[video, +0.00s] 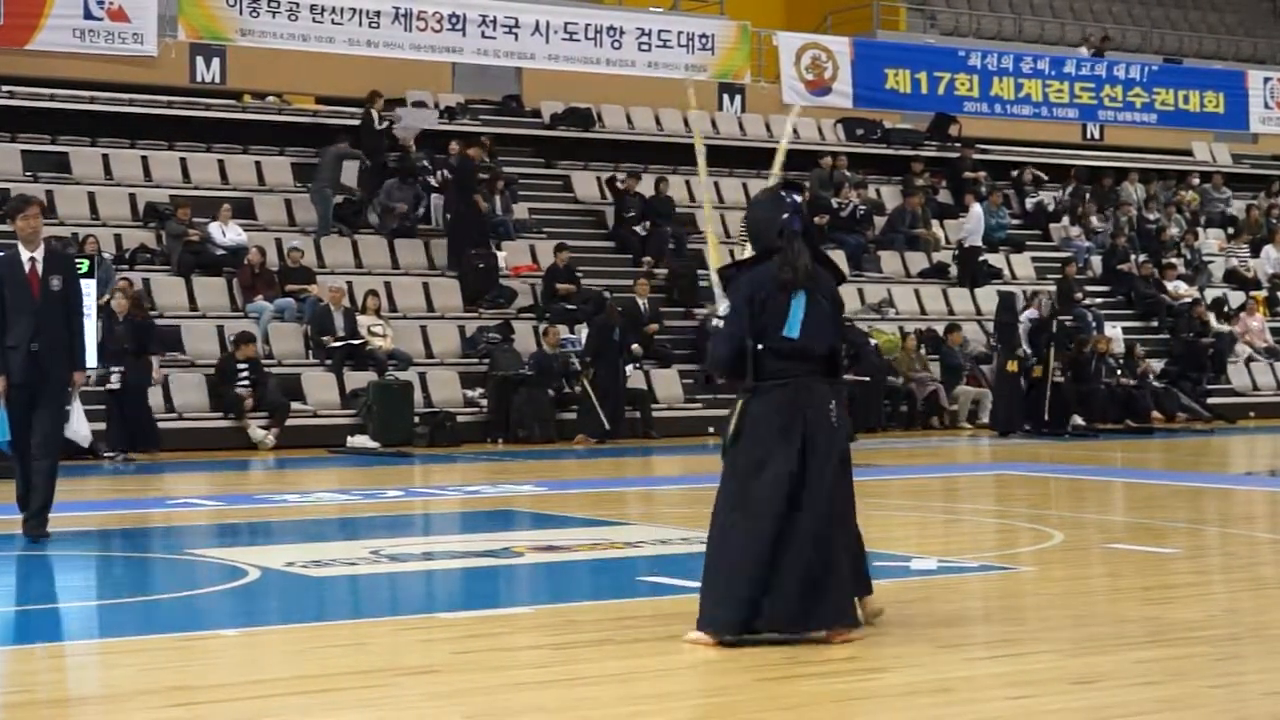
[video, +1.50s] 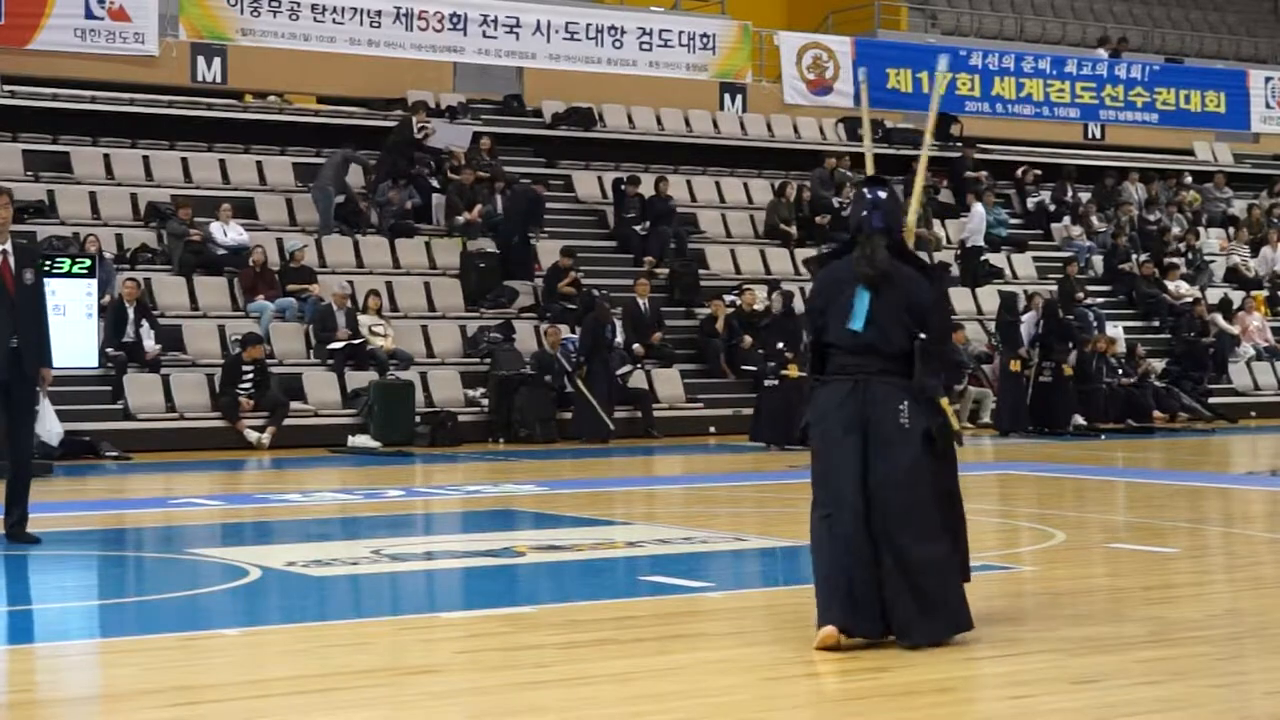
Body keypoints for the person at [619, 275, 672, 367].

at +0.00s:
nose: (643, 288)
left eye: (646, 285)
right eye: (640, 285)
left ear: (649, 288)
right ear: (634, 288)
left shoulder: (653, 304)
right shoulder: (628, 305)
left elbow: (661, 324)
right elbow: (626, 328)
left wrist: (656, 327)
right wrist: (633, 344)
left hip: (649, 344)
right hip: (632, 344)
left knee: (668, 356)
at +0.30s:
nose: (643, 288)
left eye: (646, 285)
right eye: (640, 285)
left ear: (649, 288)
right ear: (634, 288)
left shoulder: (653, 304)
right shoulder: (628, 305)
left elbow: (661, 324)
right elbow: (626, 328)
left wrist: (657, 327)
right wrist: (633, 344)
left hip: (649, 344)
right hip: (633, 344)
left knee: (668, 356)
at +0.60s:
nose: (644, 288)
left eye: (646, 285)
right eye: (641, 285)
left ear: (650, 288)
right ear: (635, 288)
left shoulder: (654, 304)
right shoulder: (628, 305)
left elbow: (660, 324)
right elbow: (626, 328)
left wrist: (657, 329)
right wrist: (633, 344)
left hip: (650, 343)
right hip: (634, 344)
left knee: (668, 356)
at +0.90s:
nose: (644, 288)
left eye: (646, 285)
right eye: (641, 285)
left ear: (650, 288)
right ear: (635, 288)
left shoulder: (655, 303)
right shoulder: (629, 304)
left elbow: (662, 323)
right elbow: (627, 328)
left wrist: (660, 332)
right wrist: (634, 343)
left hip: (651, 342)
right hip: (634, 343)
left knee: (669, 355)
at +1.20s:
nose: (643, 287)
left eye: (646, 285)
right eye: (640, 285)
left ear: (650, 287)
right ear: (635, 287)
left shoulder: (655, 303)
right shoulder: (628, 304)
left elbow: (662, 323)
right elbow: (627, 328)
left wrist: (661, 333)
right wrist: (634, 343)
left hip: (652, 342)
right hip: (635, 342)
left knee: (669, 354)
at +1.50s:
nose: (644, 288)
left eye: (646, 285)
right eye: (640, 285)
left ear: (650, 287)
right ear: (635, 288)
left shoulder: (654, 303)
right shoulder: (629, 305)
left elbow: (661, 325)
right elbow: (627, 328)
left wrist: (659, 333)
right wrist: (634, 344)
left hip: (651, 342)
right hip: (635, 343)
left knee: (670, 355)